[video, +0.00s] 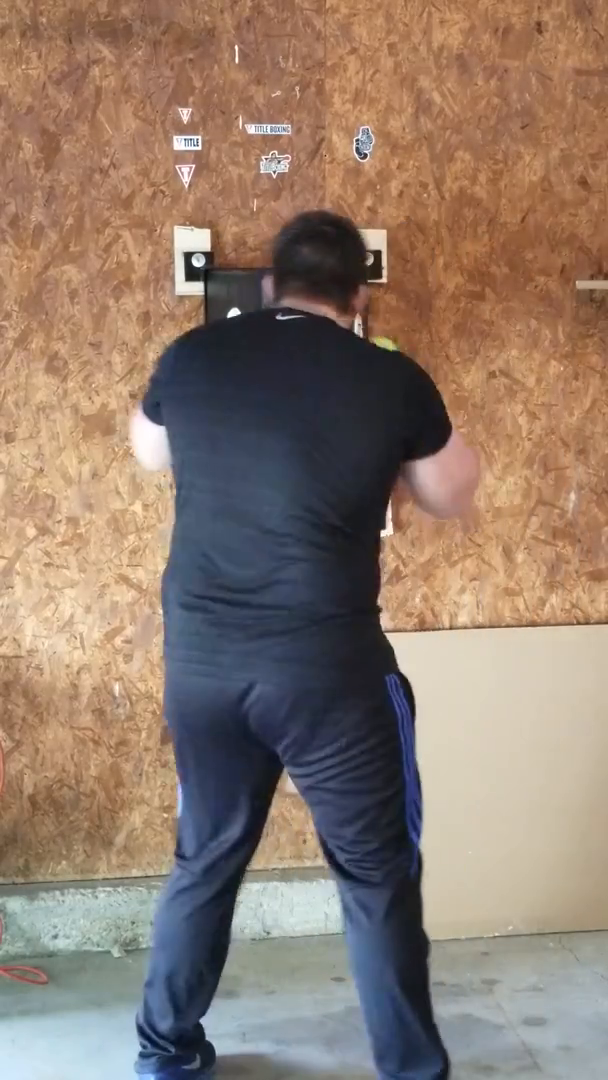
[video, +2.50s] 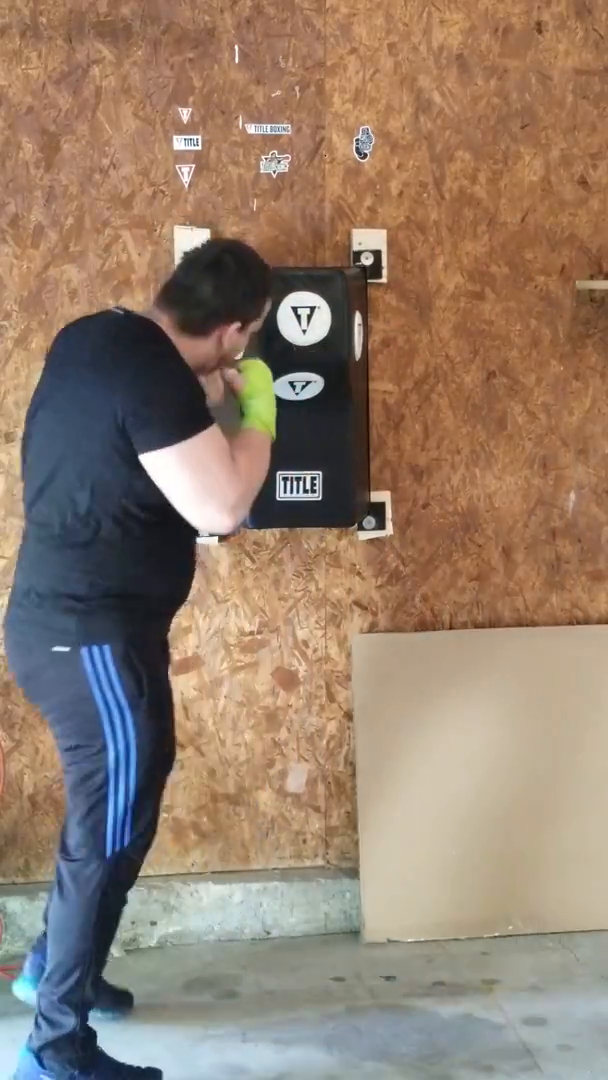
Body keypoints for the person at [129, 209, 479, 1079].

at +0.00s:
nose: (360, 309)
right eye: (361, 296)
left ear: (267, 285)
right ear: (358, 298)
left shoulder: (192, 355)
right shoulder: (389, 378)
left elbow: (150, 452)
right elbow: (450, 496)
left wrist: (245, 427)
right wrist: (375, 461)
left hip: (199, 668)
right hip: (324, 668)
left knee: (203, 858)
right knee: (375, 873)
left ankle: (165, 1051)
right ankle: (412, 1065)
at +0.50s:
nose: (360, 306)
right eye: (360, 293)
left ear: (259, 291)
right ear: (350, 300)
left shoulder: (183, 363)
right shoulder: (390, 383)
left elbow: (123, 464)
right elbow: (425, 509)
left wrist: (211, 425)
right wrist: (347, 458)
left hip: (197, 678)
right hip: (320, 685)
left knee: (190, 842)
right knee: (320, 903)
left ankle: (147, 1037)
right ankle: (326, 1069)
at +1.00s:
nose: (224, 288)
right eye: (226, 278)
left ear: (134, 287)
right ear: (221, 282)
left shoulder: (77, 355)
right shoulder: (273, 341)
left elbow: (37, 458)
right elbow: (371, 381)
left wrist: (119, 411)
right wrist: (317, 330)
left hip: (114, 652)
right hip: (236, 647)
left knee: (116, 859)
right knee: (244, 867)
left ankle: (100, 1048)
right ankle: (230, 1062)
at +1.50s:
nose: (289, 331)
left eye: (290, 317)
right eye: (292, 317)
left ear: (208, 289)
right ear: (277, 311)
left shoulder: (129, 349)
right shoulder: (245, 380)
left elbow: (174, 478)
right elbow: (313, 511)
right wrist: (311, 402)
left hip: (73, 647)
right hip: (168, 664)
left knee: (122, 816)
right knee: (218, 877)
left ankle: (70, 1001)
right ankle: (198, 1064)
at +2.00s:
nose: (165, 300)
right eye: (166, 290)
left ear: (83, 303)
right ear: (164, 296)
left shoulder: (22, 381)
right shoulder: (214, 356)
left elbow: (17, 511)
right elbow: (338, 396)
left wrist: (81, 478)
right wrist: (246, 362)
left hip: (91, 651)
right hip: (209, 642)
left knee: (92, 820)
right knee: (213, 855)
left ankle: (60, 1004)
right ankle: (208, 1048)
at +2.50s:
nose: (243, 348)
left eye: (248, 336)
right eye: (248, 333)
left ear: (174, 290)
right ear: (226, 325)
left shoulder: (93, 340)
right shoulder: (143, 371)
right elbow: (223, 507)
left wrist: (211, 406)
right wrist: (259, 420)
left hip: (90, 617)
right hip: (90, 627)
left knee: (132, 780)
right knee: (113, 822)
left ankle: (58, 962)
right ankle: (59, 1041)